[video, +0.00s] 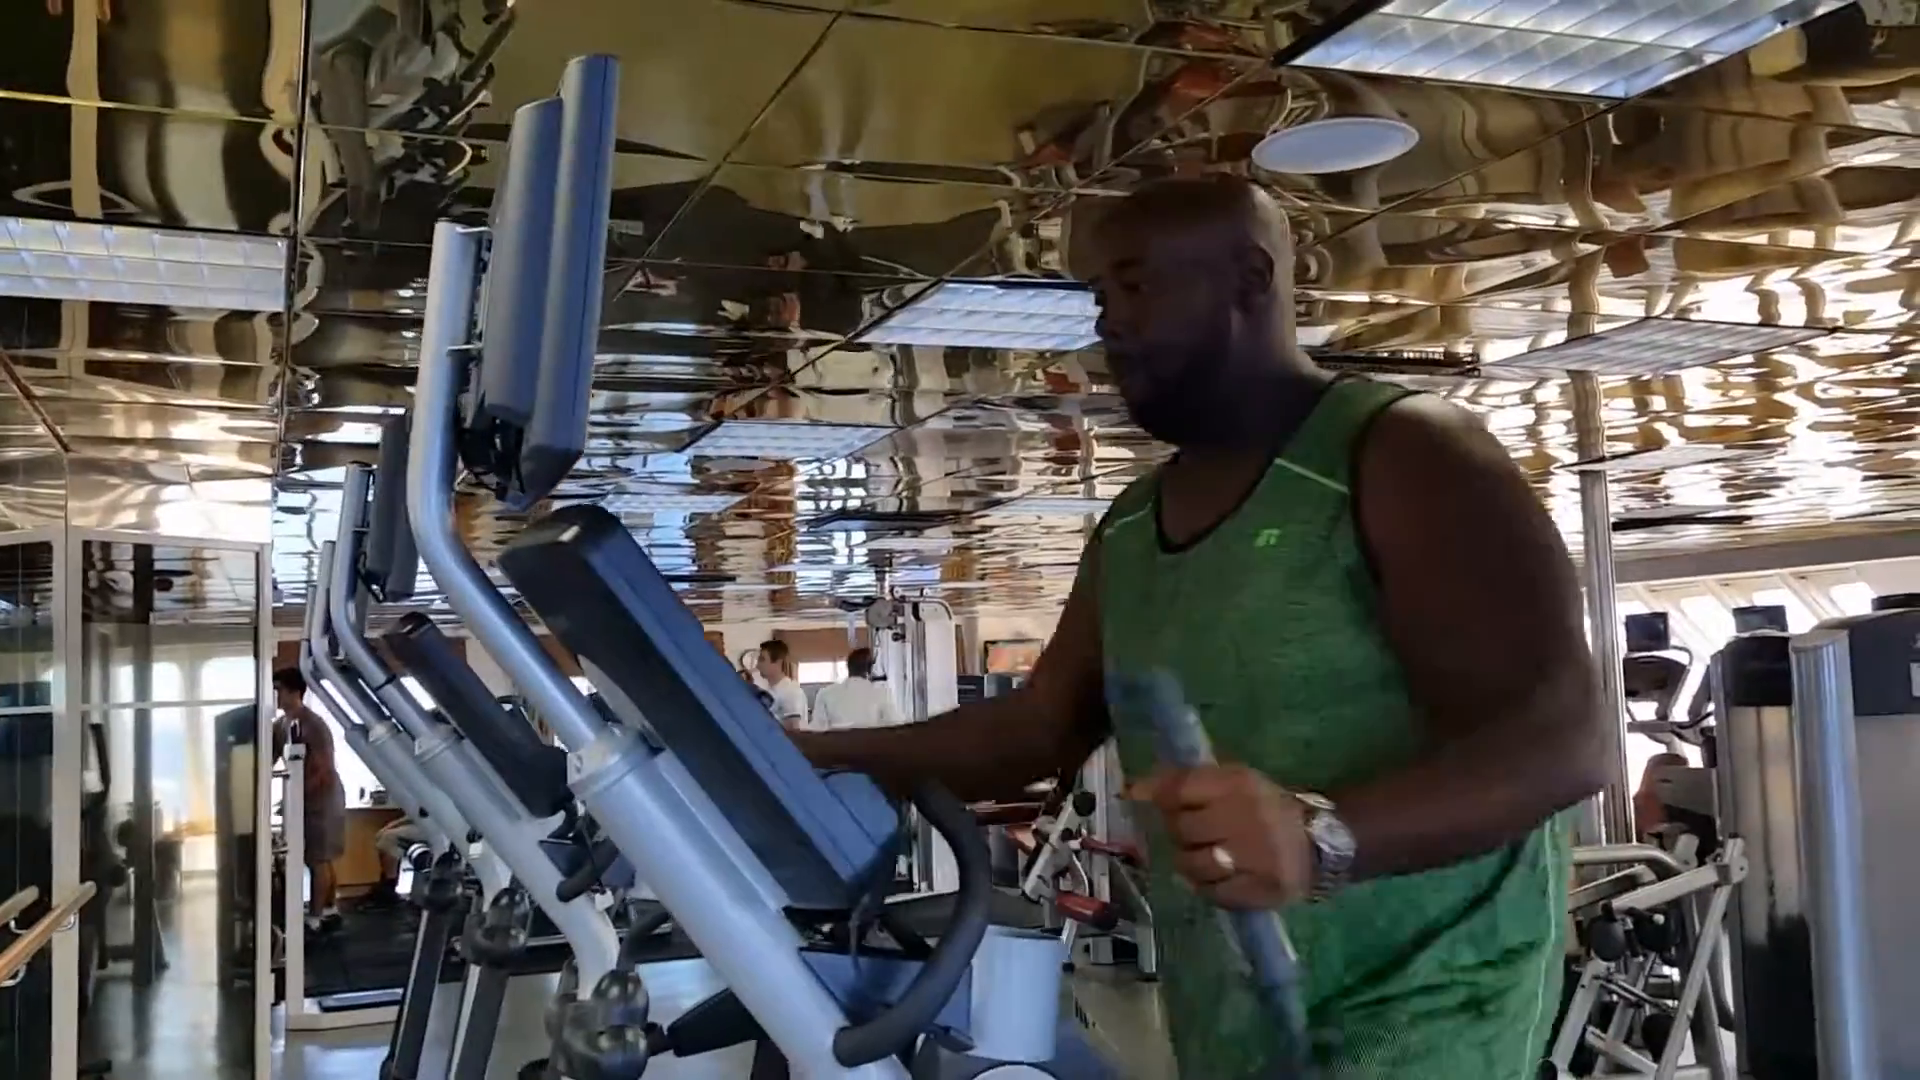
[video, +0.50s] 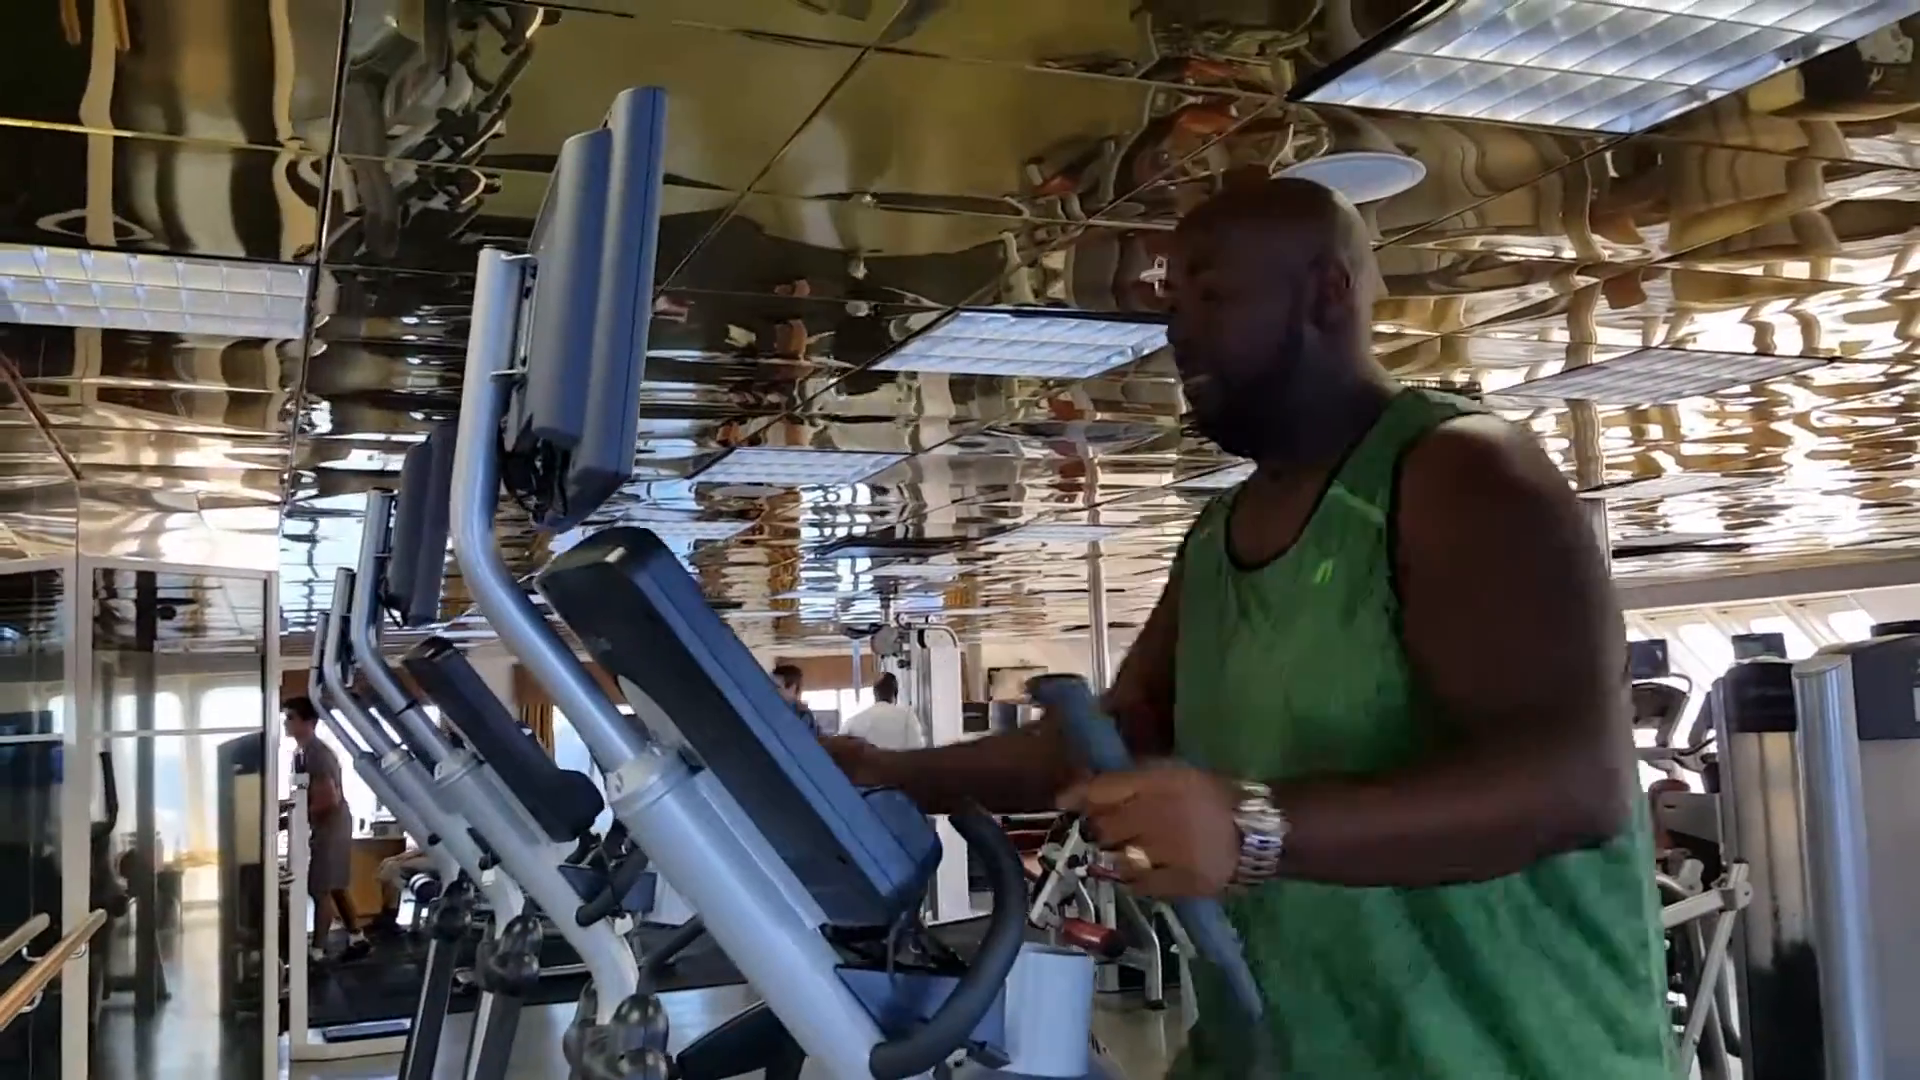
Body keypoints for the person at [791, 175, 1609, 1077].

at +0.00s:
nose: (1103, 328)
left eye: (1130, 285)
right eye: (1097, 298)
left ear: (1250, 285)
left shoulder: (1414, 461)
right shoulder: (1129, 533)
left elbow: (1568, 739)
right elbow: (1038, 732)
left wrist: (1327, 835)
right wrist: (818, 755)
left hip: (1426, 1009)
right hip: (1221, 1014)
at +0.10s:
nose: (1119, 295)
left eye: (1149, 258)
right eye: (1115, 270)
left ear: (1260, 259)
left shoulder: (1424, 432)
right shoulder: (1132, 511)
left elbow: (1619, 693)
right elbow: (1007, 689)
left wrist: (1414, 858)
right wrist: (793, 754)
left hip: (1439, 1010)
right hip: (1230, 1016)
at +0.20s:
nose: (1119, 269)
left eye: (1154, 229)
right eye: (1124, 234)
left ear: (1273, 230)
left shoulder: (1432, 404)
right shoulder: (1138, 494)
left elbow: (1631, 667)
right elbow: (974, 673)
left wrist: (1436, 861)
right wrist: (768, 764)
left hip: (1462, 1017)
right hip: (1252, 1020)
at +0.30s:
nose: (1127, 258)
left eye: (1158, 213)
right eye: (1120, 227)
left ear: (1286, 214)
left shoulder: (1447, 388)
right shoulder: (1151, 487)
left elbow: (1631, 660)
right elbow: (1001, 664)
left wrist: (1409, 842)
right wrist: (788, 763)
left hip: (1491, 1021)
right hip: (1260, 1023)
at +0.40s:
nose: (1151, 284)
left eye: (1189, 243)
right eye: (1151, 252)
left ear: (1308, 245)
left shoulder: (1462, 423)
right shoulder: (1176, 512)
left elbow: (1622, 702)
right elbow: (1056, 688)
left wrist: (1344, 838)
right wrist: (828, 766)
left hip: (1514, 1036)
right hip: (1269, 1040)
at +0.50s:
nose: (1173, 334)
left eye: (1205, 294)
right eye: (1173, 304)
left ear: (1324, 300)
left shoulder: (1477, 481)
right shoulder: (1221, 545)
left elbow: (1576, 780)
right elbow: (1108, 746)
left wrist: (1258, 829)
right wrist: (892, 775)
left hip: (1513, 1053)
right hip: (1269, 1051)